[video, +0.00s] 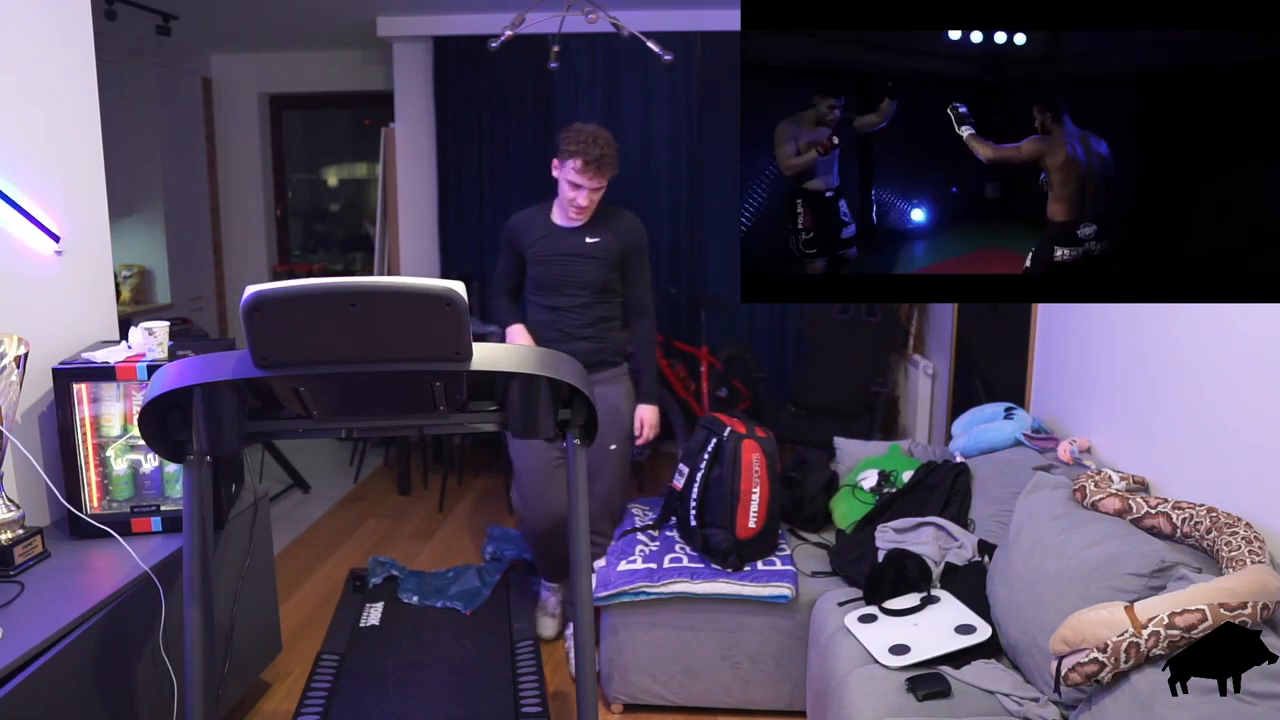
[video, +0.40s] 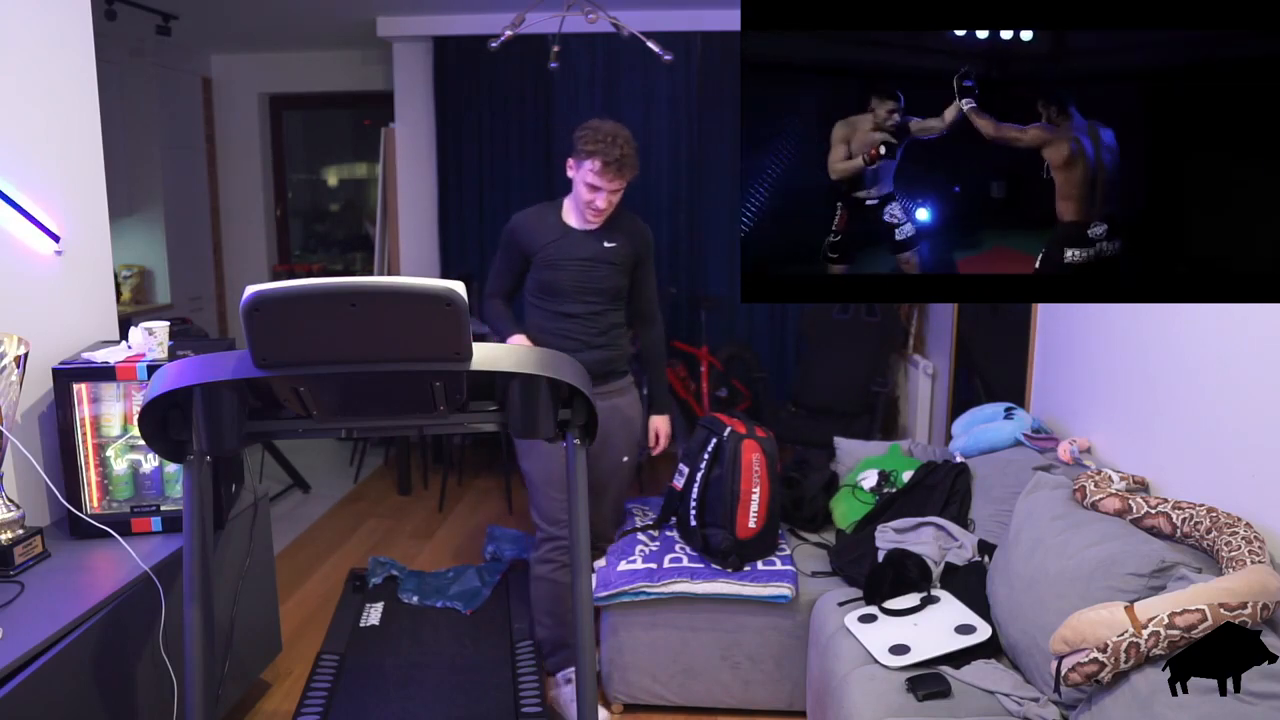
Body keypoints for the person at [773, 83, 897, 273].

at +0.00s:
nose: (836, 114)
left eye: (839, 108)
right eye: (831, 108)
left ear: (842, 107)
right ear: (817, 104)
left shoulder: (838, 123)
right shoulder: (789, 128)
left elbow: (877, 120)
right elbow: (787, 167)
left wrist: (891, 98)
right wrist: (818, 151)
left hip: (835, 199)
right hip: (806, 201)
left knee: (849, 255)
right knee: (816, 263)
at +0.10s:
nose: (853, 113)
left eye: (855, 107)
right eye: (847, 107)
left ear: (859, 105)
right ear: (832, 104)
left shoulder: (856, 122)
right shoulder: (804, 125)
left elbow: (896, 118)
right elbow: (800, 167)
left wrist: (906, 91)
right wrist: (835, 152)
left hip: (849, 197)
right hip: (819, 199)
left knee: (874, 247)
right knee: (823, 264)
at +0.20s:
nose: (866, 112)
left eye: (868, 106)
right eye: (860, 106)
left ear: (872, 104)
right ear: (844, 103)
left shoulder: (871, 121)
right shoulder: (815, 123)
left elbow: (909, 120)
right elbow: (809, 166)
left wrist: (921, 93)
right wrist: (843, 153)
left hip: (860, 196)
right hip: (826, 199)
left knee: (882, 249)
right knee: (824, 263)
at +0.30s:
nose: (887, 115)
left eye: (889, 110)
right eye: (881, 110)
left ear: (892, 108)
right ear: (864, 107)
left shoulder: (893, 127)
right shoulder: (835, 127)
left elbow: (932, 123)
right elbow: (825, 168)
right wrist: (859, 155)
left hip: (876, 203)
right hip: (841, 204)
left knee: (898, 261)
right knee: (833, 266)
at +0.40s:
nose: (897, 117)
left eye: (899, 112)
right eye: (891, 112)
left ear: (902, 110)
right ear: (873, 108)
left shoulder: (903, 127)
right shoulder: (845, 128)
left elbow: (942, 123)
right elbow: (835, 170)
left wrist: (963, 96)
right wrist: (868, 158)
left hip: (887, 202)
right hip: (852, 204)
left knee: (911, 261)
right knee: (836, 265)